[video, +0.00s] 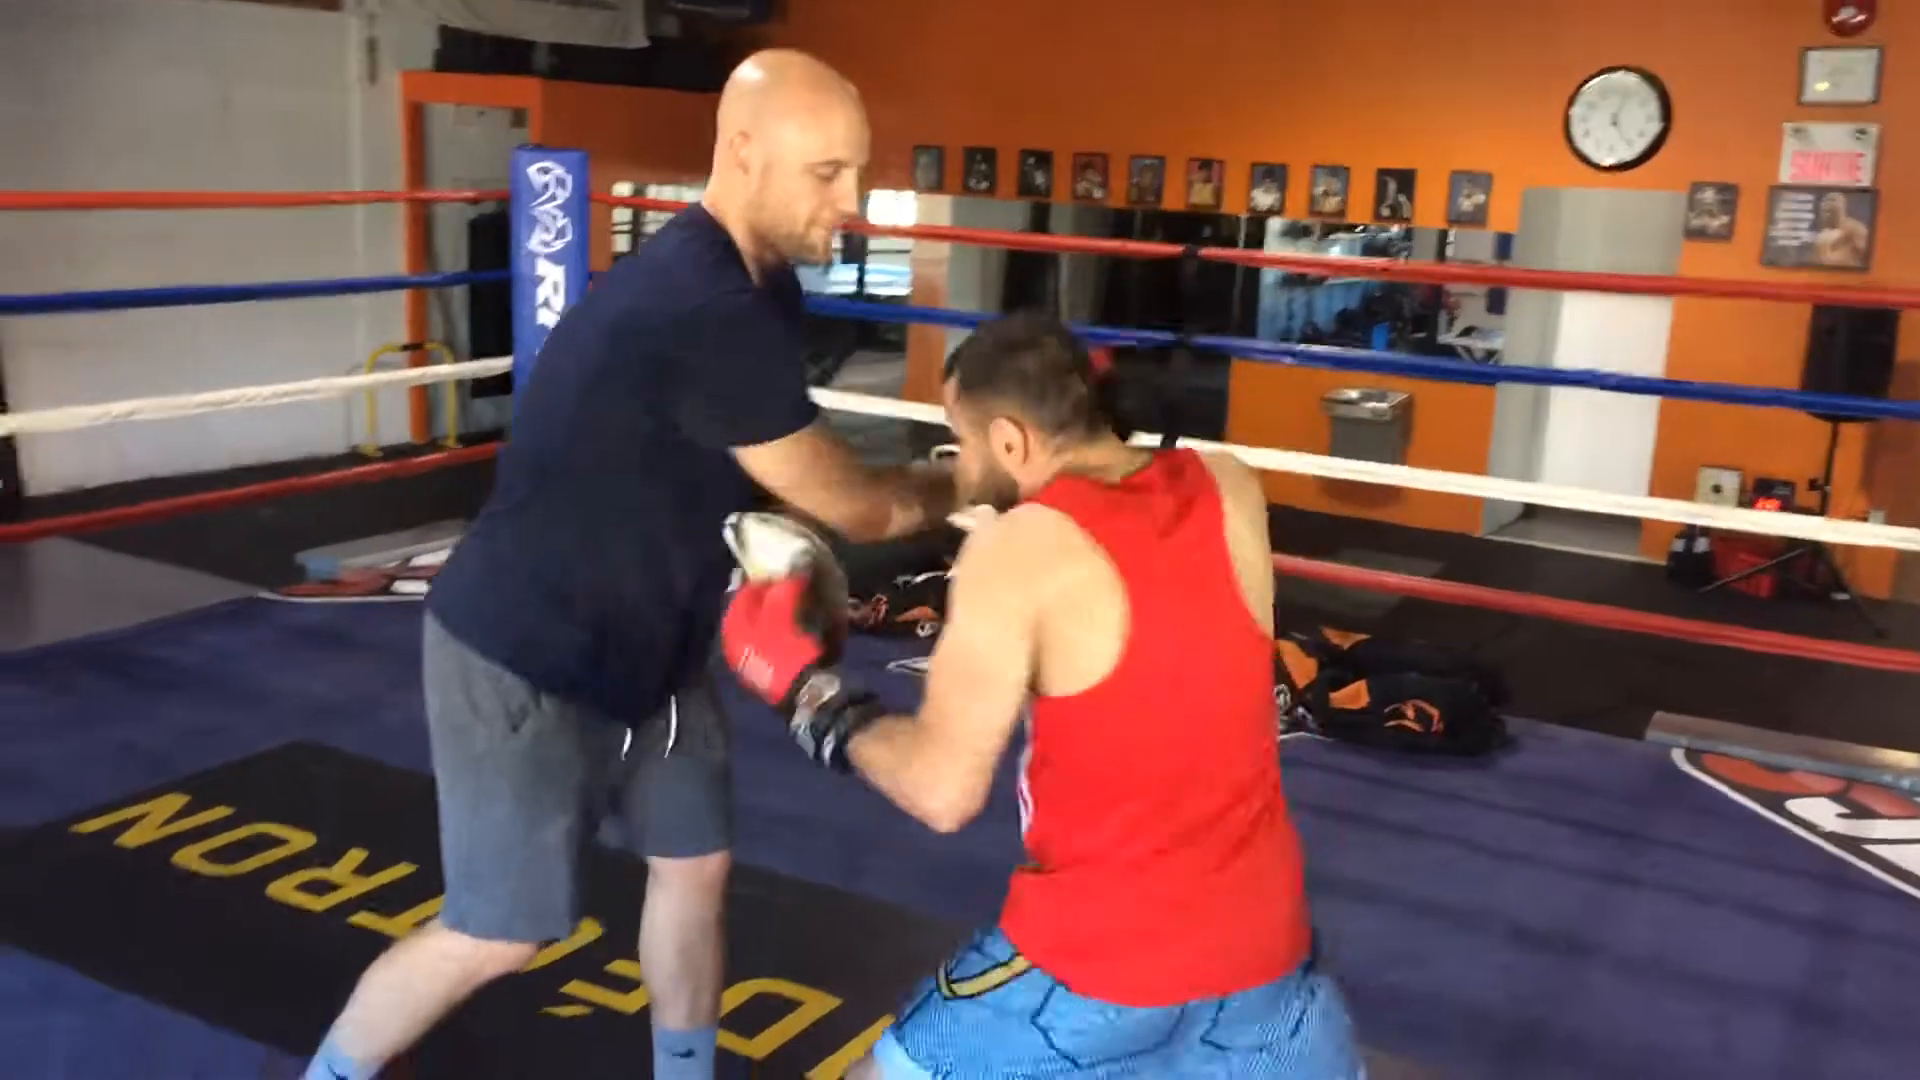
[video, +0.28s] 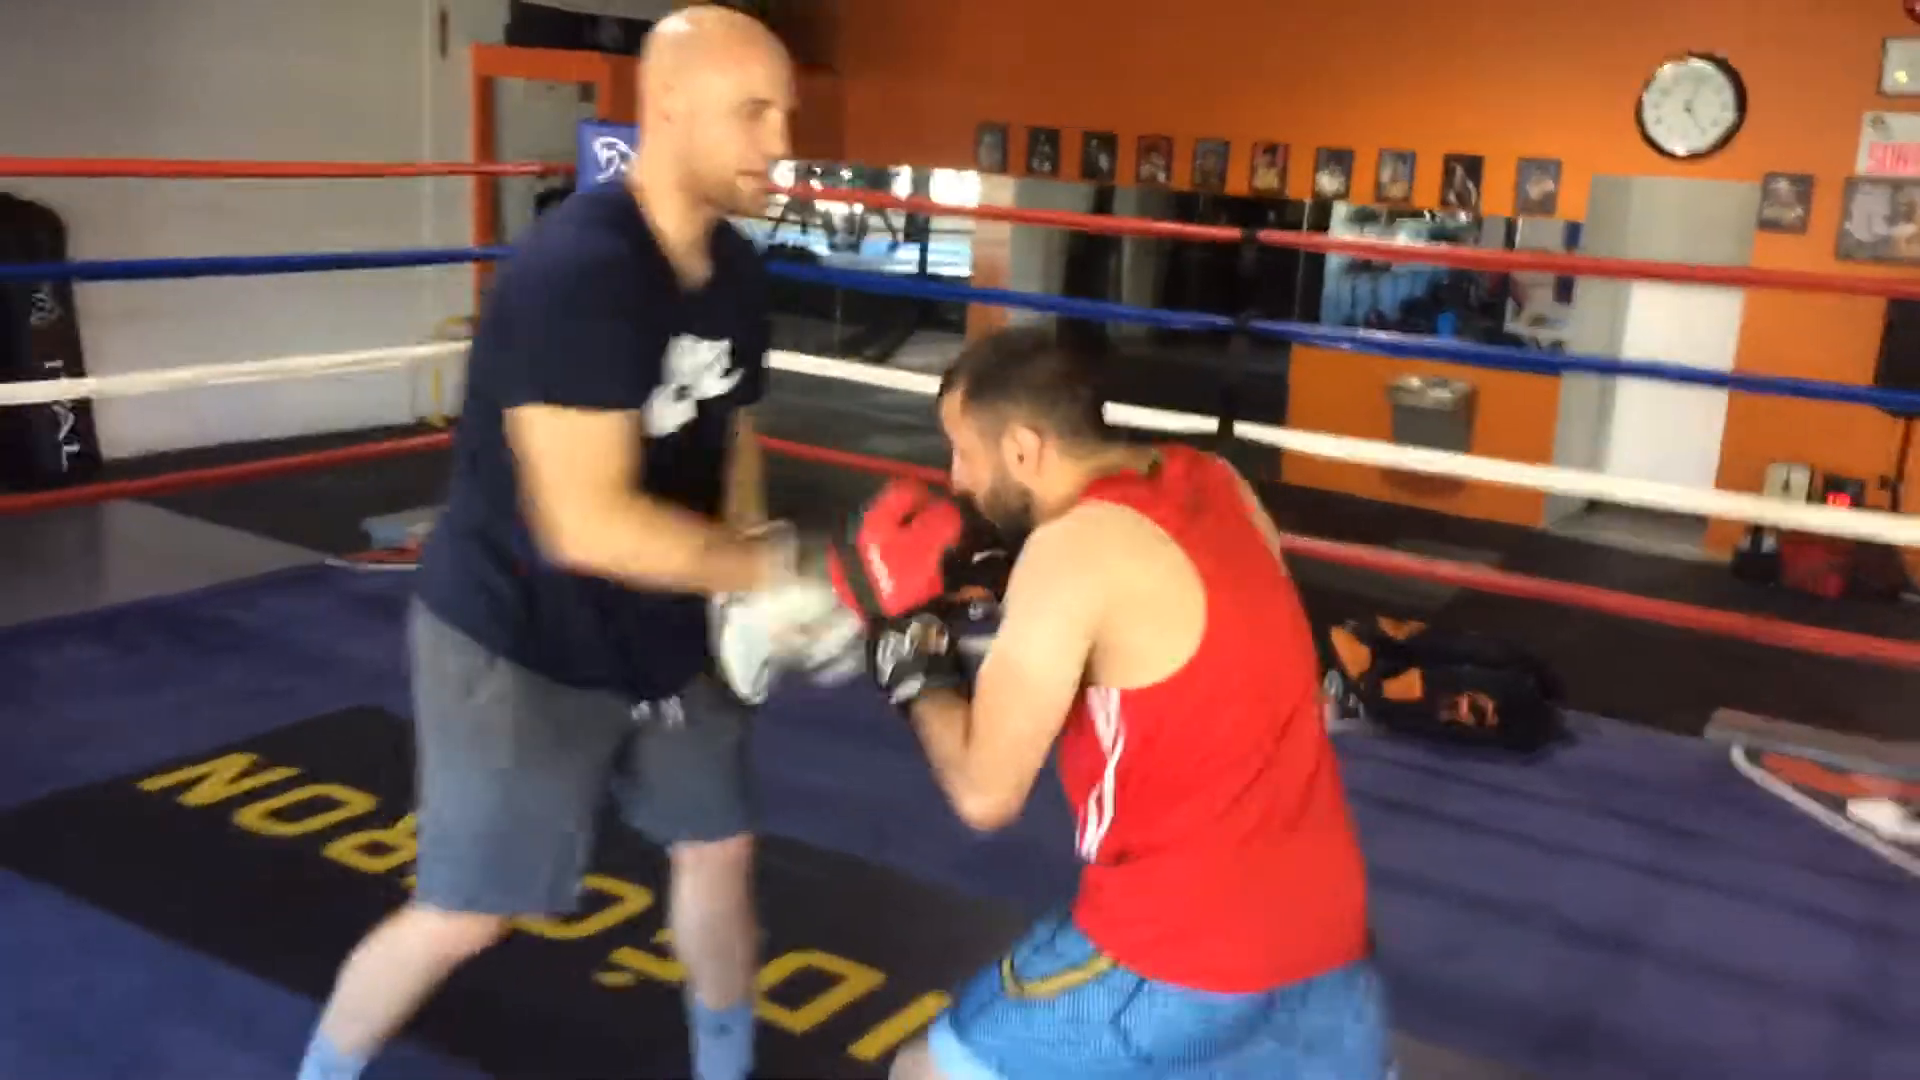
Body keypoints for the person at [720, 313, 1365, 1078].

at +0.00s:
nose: (961, 468)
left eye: (960, 441)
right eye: (956, 442)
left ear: (1014, 441)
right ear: (1090, 411)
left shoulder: (1017, 549)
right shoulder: (1229, 480)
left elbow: (941, 787)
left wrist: (802, 688)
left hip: (1090, 964)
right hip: (1264, 942)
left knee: (893, 1066)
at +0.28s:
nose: (955, 478)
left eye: (960, 451)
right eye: (950, 452)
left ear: (1026, 447)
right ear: (1060, 436)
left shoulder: (1073, 551)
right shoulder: (1216, 480)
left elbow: (984, 792)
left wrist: (914, 650)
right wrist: (1009, 573)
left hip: (1165, 957)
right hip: (1328, 947)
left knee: (924, 1071)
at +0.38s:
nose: (1014, 529)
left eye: (1020, 502)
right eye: (1013, 502)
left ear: (1078, 502)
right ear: (1144, 479)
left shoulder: (1092, 600)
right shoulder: (1288, 552)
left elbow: (1009, 832)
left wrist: (946, 679)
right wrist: (1046, 627)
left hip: (1192, 1015)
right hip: (1369, 1021)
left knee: (937, 1069)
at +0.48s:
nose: (1132, 509)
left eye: (1144, 485)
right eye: (1133, 485)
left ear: (1207, 486)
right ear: (1262, 478)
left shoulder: (1200, 584)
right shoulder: (1400, 566)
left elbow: (1113, 804)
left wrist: (1048, 667)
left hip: (1240, 1001)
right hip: (1415, 1010)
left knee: (998, 1063)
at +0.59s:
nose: (1262, 411)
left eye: (1275, 385)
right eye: (1263, 385)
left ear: (1342, 387)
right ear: (1381, 378)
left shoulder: (1341, 487)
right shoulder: (1528, 472)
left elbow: (1273, 702)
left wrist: (1189, 583)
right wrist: (1282, 522)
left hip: (1369, 889)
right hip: (1525, 893)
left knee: (1168, 1059)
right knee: (1518, 1069)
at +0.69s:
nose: (1366, 323)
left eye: (1381, 293)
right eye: (1368, 294)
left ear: (1454, 295)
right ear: (1483, 288)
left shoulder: (1452, 397)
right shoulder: (1621, 384)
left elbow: (1366, 605)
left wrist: (1284, 476)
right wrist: (1376, 437)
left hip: (1483, 805)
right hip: (1625, 808)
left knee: (1298, 1028)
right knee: (1578, 1038)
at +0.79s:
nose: (1460, 302)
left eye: (1476, 275)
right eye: (1463, 275)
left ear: (1553, 283)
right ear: (1571, 279)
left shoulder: (1535, 379)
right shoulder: (1726, 393)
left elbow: (1407, 573)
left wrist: (1351, 441)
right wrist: (1461, 419)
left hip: (1548, 811)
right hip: (1691, 807)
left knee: (1473, 1051)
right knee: (1658, 1017)